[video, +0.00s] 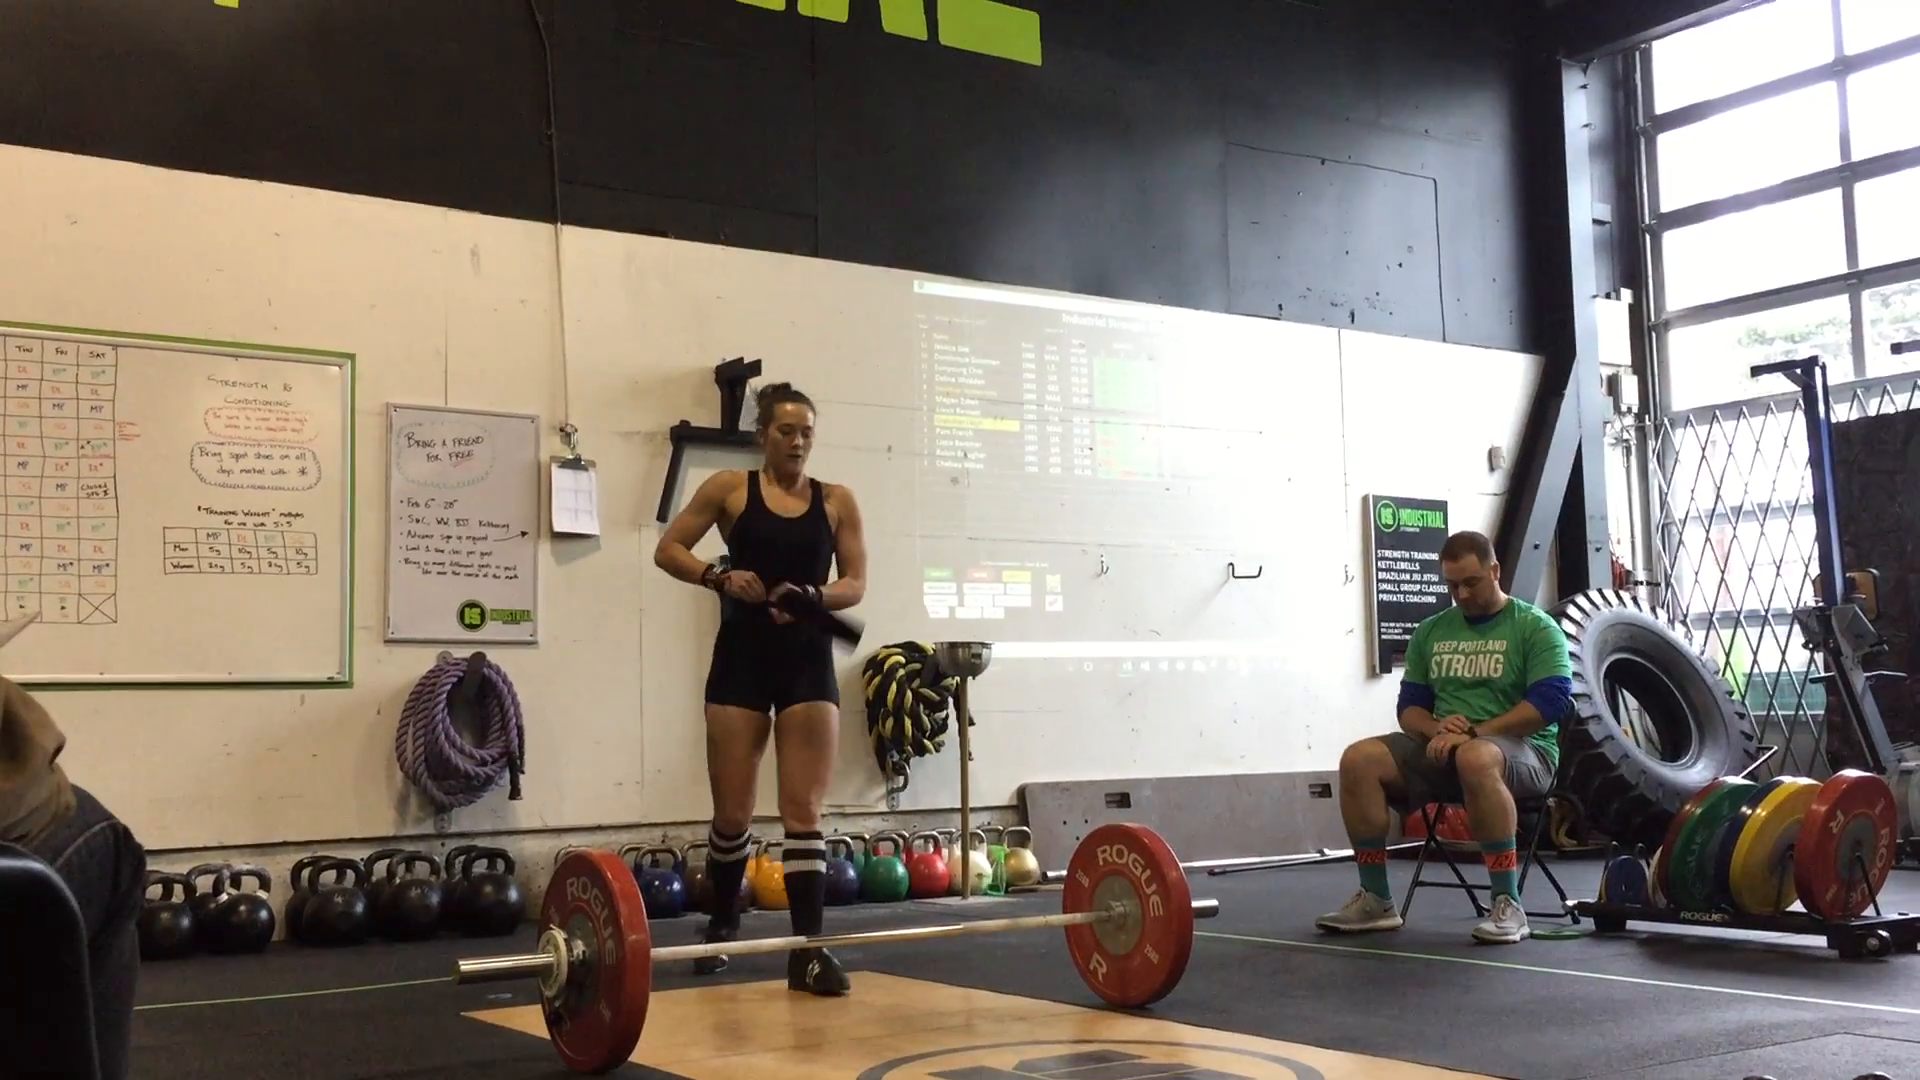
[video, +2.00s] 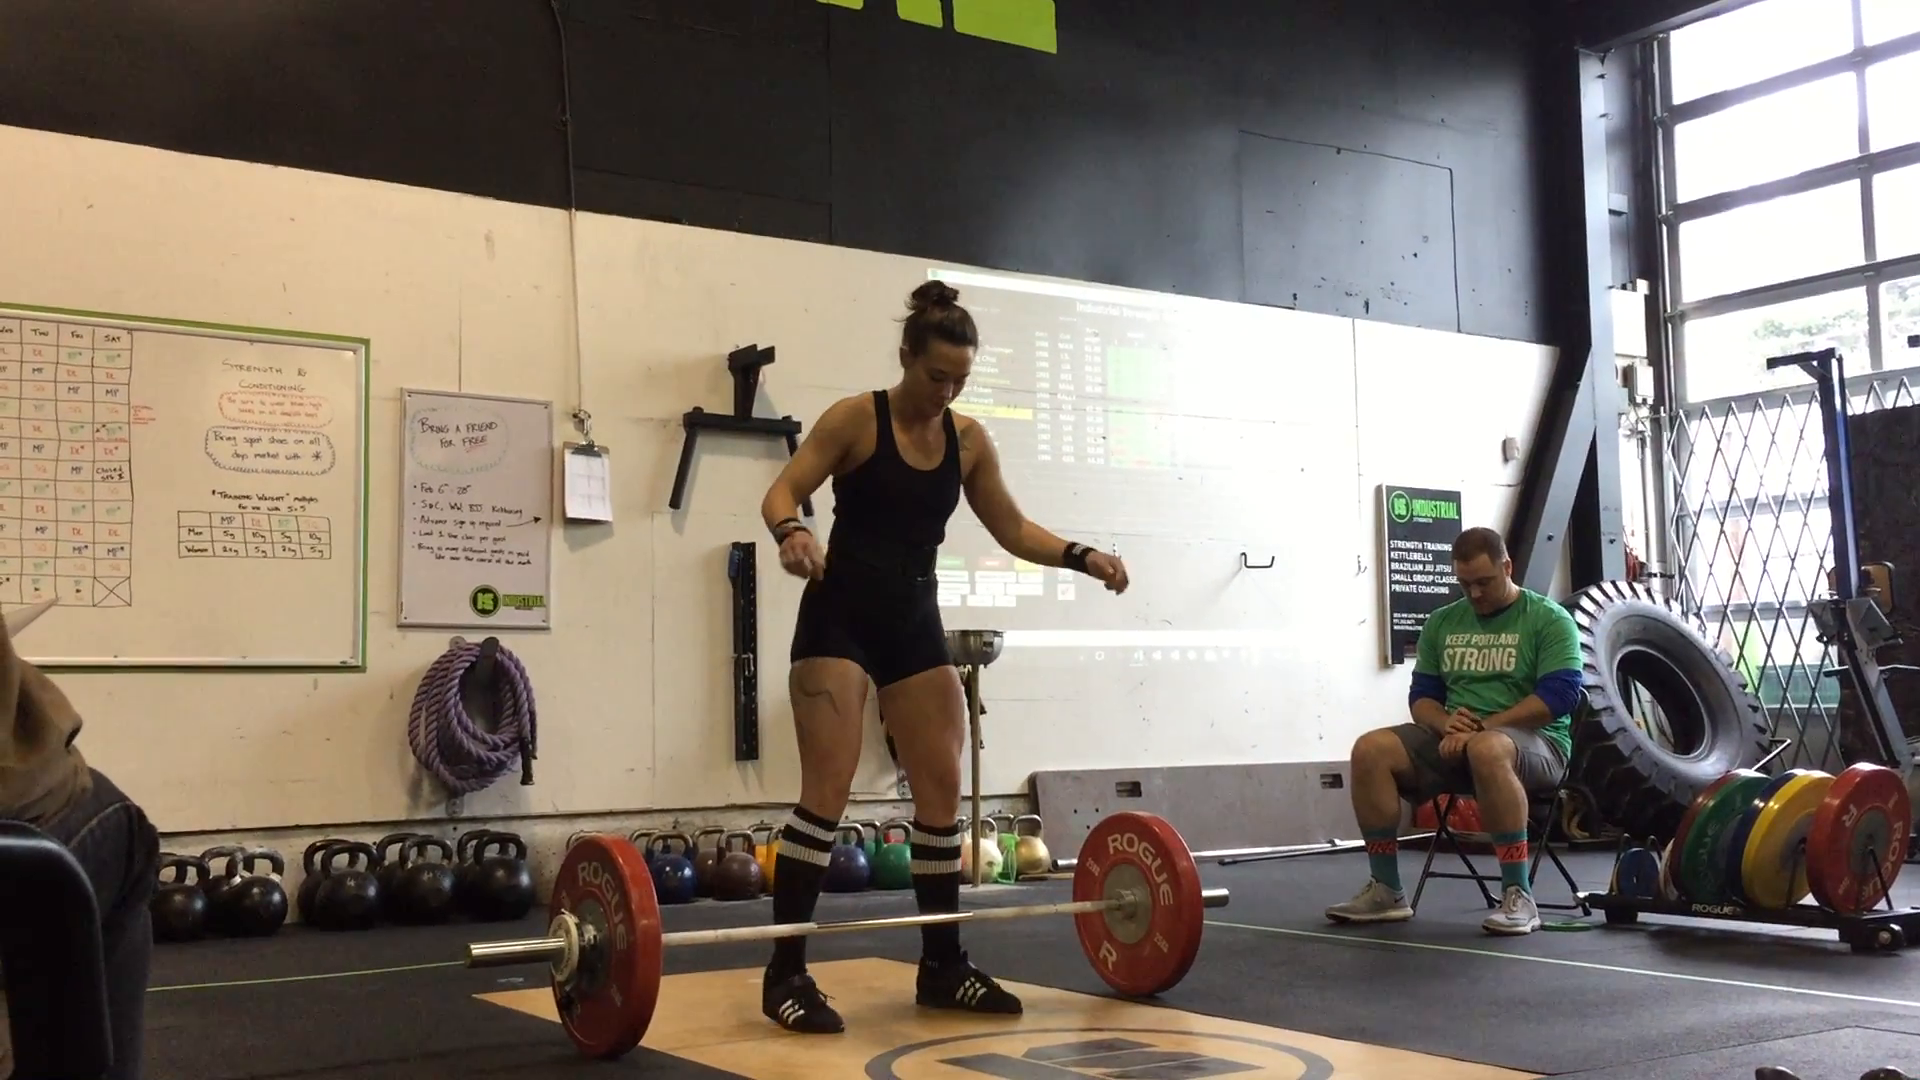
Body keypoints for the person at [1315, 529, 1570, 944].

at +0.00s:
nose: (1462, 594)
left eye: (1470, 582)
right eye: (1453, 585)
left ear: (1495, 571)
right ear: (1444, 579)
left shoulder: (1535, 626)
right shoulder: (1429, 632)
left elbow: (1551, 701)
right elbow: (1410, 708)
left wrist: (1473, 734)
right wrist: (1435, 727)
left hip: (1522, 750)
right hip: (1444, 752)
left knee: (1476, 758)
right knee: (1358, 760)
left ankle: (1506, 906)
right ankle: (1376, 900)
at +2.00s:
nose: (1475, 594)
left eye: (1484, 582)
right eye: (1465, 584)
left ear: (1508, 567)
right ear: (1455, 575)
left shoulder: (1549, 618)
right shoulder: (1441, 622)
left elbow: (1561, 694)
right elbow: (1422, 698)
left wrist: (1481, 730)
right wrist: (1444, 721)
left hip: (1535, 742)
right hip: (1454, 742)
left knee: (1487, 749)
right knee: (1370, 750)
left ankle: (1517, 897)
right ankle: (1386, 891)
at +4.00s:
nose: (1489, 583)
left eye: (1498, 571)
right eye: (1480, 574)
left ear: (1523, 557)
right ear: (1471, 566)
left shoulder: (1565, 609)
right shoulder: (1455, 614)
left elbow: (1574, 686)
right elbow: (1437, 689)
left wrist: (1496, 722)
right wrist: (1459, 713)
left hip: (1550, 734)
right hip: (1469, 733)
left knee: (1502, 741)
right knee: (1384, 742)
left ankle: (1532, 888)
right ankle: (1401, 882)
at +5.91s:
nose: (1494, 551)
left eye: (1506, 541)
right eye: (1487, 543)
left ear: (1533, 547)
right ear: (1482, 551)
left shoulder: (1567, 609)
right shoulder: (1461, 613)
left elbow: (1565, 688)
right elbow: (1444, 685)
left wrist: (1491, 731)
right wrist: (1458, 725)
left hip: (1551, 733)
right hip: (1471, 735)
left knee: (1503, 743)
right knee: (1384, 744)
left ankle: (1535, 891)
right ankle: (1402, 884)